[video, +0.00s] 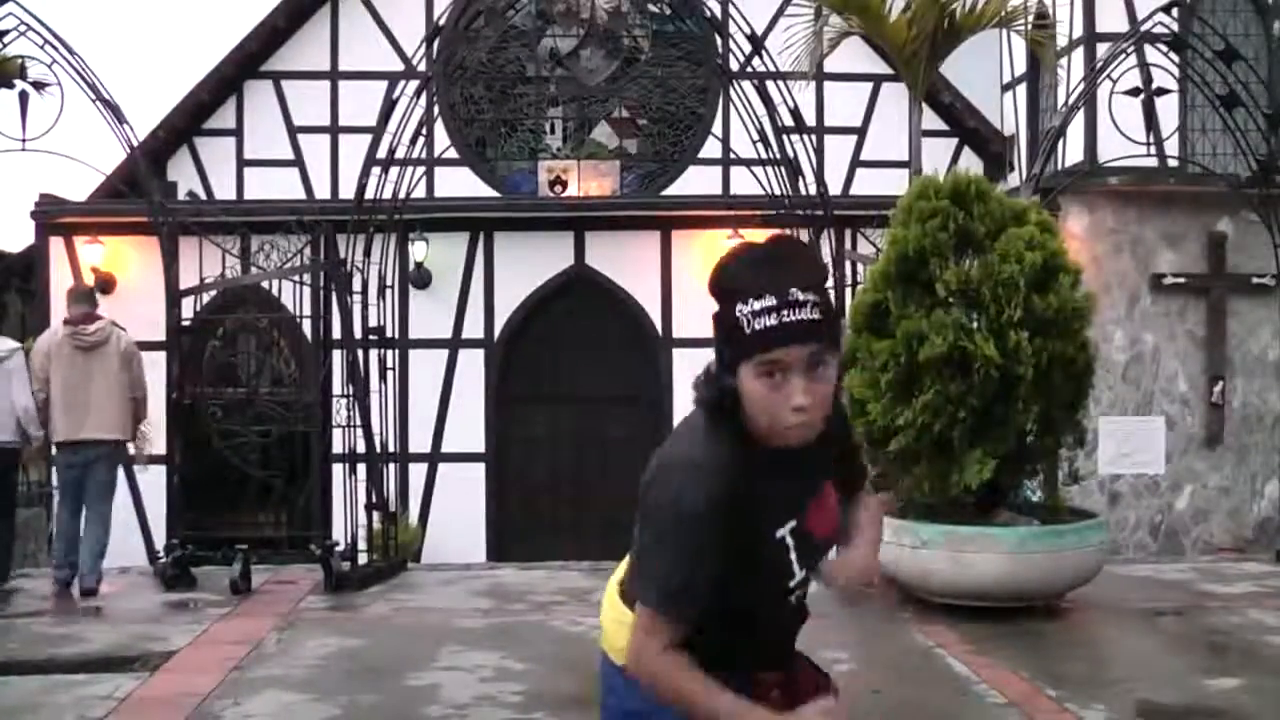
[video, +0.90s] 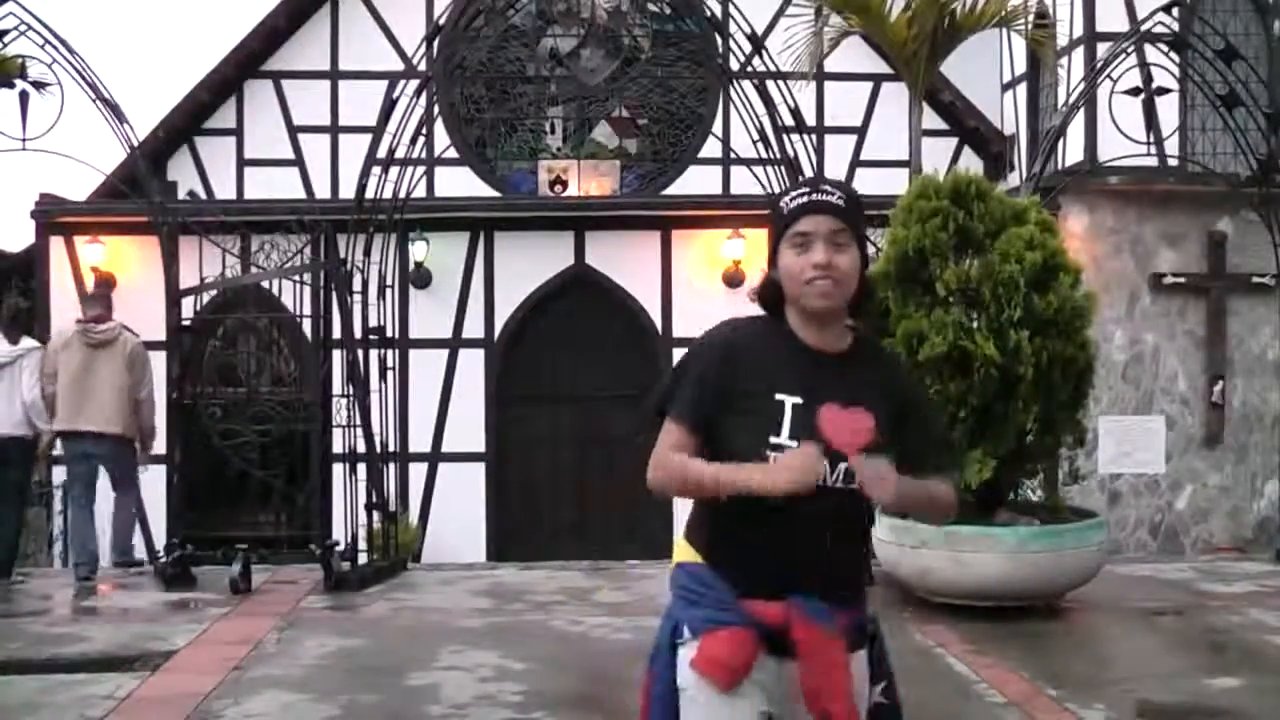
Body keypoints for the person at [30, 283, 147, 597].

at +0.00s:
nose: (77, 312)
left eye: (74, 306)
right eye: (86, 305)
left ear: (67, 306)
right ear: (97, 306)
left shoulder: (48, 343)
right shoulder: (122, 342)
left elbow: (40, 395)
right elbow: (138, 395)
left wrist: (48, 428)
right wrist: (129, 429)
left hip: (67, 438)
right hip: (107, 437)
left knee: (68, 507)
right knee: (98, 510)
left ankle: (63, 577)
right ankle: (89, 581)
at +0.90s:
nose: (98, 316)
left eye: (93, 312)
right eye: (103, 311)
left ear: (83, 311)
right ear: (111, 310)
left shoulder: (60, 343)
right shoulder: (131, 345)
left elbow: (49, 389)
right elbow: (144, 396)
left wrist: (59, 421)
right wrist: (147, 437)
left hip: (74, 432)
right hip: (115, 432)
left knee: (79, 499)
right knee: (126, 491)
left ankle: (83, 566)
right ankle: (122, 552)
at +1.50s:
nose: (147, 318)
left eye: (142, 314)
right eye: (151, 314)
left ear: (129, 312)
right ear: (155, 314)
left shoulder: (106, 342)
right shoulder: (169, 343)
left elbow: (87, 383)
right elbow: (182, 388)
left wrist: (83, 420)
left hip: (118, 429)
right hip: (154, 430)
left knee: (108, 490)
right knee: (157, 492)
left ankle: (94, 542)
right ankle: (149, 554)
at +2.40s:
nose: (139, 337)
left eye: (138, 332)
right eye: (145, 333)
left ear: (135, 332)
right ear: (160, 333)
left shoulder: (113, 362)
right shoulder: (170, 362)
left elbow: (99, 402)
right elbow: (186, 393)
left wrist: (102, 433)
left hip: (123, 441)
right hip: (158, 443)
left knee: (132, 508)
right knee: (167, 499)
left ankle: (135, 559)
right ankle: (151, 543)